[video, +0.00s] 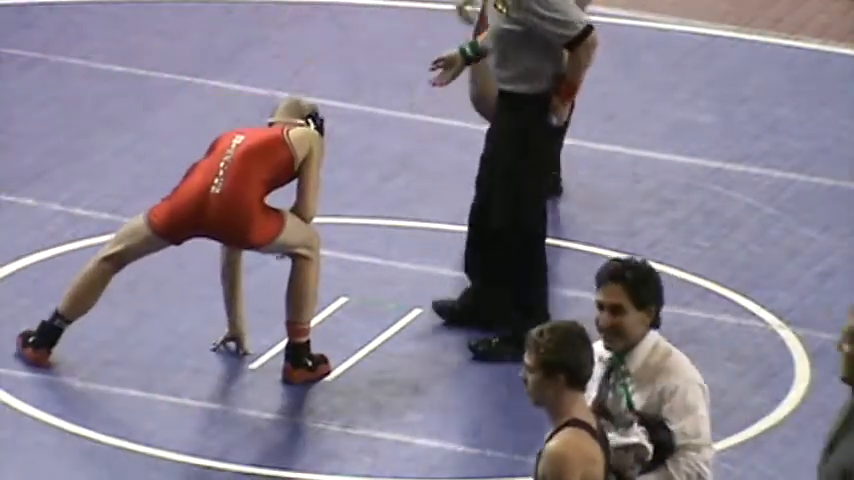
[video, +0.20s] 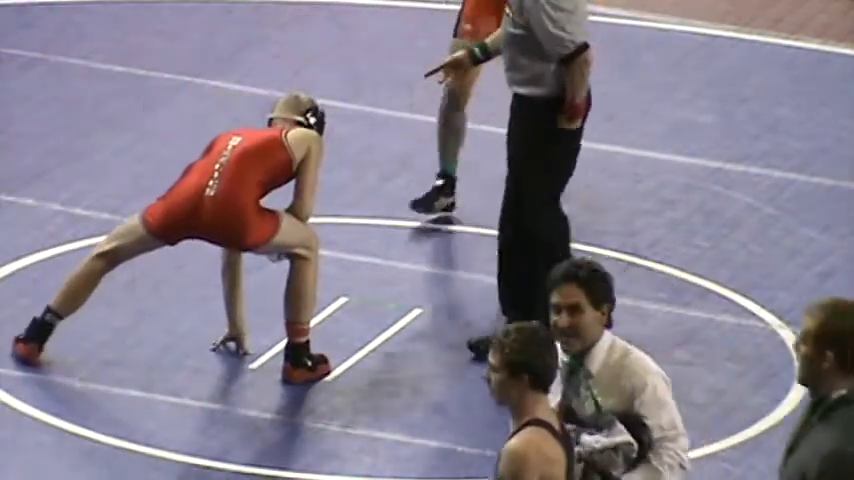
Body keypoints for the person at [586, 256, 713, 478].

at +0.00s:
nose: (604, 322)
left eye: (617, 311)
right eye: (600, 308)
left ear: (649, 315)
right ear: (595, 306)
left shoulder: (679, 379)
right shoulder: (594, 357)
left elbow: (695, 464)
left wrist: (637, 477)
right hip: (591, 468)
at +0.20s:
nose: (562, 322)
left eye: (574, 311)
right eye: (556, 311)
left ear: (604, 313)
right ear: (548, 313)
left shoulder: (640, 374)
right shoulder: (552, 362)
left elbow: (672, 457)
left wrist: (627, 477)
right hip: (563, 470)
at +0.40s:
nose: (514, 319)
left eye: (525, 306)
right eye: (507, 308)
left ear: (553, 308)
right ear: (501, 310)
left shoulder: (595, 361)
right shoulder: (499, 358)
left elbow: (640, 432)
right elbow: (467, 426)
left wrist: (607, 472)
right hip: (520, 469)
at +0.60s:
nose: (479, 316)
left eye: (490, 303)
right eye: (471, 305)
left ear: (518, 303)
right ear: (465, 307)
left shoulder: (563, 353)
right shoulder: (461, 356)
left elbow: (612, 421)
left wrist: (583, 464)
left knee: (527, 453)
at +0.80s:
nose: (457, 315)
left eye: (468, 303)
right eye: (450, 304)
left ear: (498, 303)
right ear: (444, 306)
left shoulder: (544, 353)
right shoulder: (438, 364)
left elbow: (591, 421)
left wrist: (562, 465)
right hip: (469, 473)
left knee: (504, 453)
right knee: (507, 452)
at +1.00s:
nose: (441, 315)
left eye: (452, 303)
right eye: (435, 303)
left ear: (484, 303)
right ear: (430, 303)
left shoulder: (530, 357)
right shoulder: (424, 367)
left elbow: (575, 427)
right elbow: (416, 449)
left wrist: (540, 470)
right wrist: (446, 476)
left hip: (525, 472)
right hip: (457, 473)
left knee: (479, 453)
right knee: (478, 451)